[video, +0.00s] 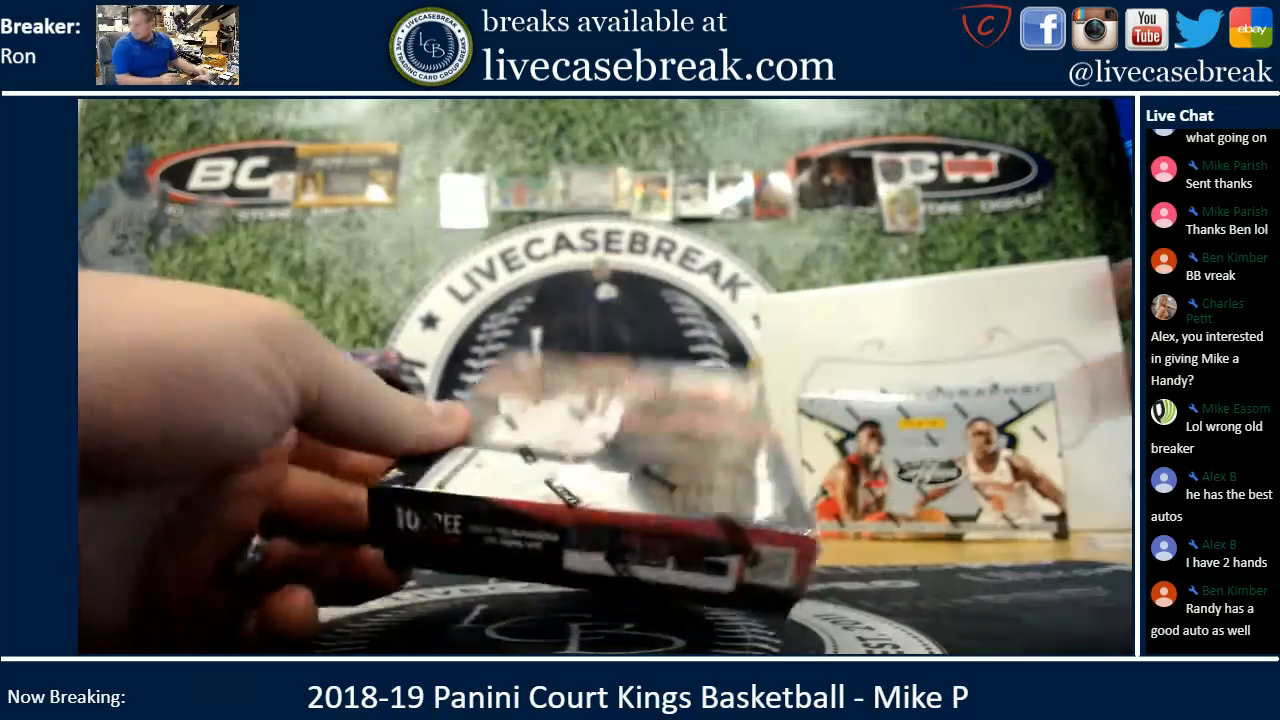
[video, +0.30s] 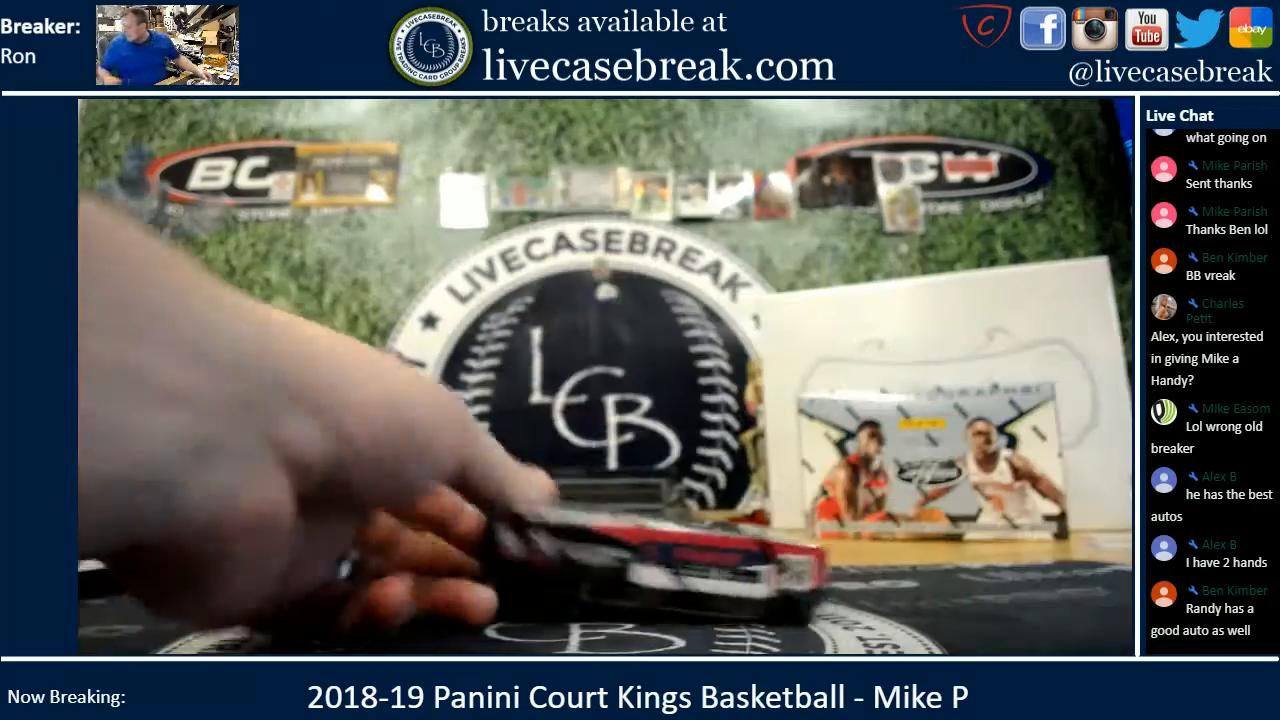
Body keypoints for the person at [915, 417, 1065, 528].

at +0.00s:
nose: (985, 439)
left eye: (989, 434)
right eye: (979, 435)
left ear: (995, 437)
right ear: (969, 439)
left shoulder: (1013, 461)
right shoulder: (965, 464)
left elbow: (1039, 482)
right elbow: (945, 486)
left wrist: (1063, 504)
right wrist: (919, 504)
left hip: (1025, 519)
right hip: (991, 520)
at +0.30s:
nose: (985, 439)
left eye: (989, 434)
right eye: (979, 434)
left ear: (995, 437)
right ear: (969, 438)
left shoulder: (1013, 461)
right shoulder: (965, 465)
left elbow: (1039, 481)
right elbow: (945, 486)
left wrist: (1063, 504)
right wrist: (920, 504)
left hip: (1025, 519)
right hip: (991, 520)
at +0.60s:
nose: (984, 439)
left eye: (988, 434)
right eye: (979, 435)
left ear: (995, 437)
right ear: (969, 438)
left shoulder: (1013, 461)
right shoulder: (964, 464)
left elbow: (1038, 481)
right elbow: (945, 486)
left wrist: (1063, 504)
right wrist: (920, 503)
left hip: (1026, 521)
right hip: (990, 522)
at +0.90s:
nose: (985, 439)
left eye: (988, 434)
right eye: (979, 434)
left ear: (995, 437)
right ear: (969, 438)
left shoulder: (1014, 462)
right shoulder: (964, 464)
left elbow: (1038, 481)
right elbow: (945, 485)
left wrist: (1062, 504)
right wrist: (921, 503)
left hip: (1025, 520)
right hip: (989, 521)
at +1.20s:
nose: (985, 439)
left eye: (988, 434)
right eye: (979, 434)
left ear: (995, 437)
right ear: (969, 438)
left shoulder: (1013, 461)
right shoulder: (964, 464)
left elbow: (1038, 481)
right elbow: (945, 486)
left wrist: (1063, 503)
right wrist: (922, 502)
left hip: (1025, 519)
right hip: (989, 521)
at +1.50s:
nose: (985, 439)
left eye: (989, 434)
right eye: (979, 434)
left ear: (995, 437)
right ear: (969, 438)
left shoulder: (1013, 461)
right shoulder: (964, 464)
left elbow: (1038, 481)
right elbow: (946, 485)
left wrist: (1063, 503)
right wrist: (924, 501)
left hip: (1025, 519)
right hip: (990, 520)